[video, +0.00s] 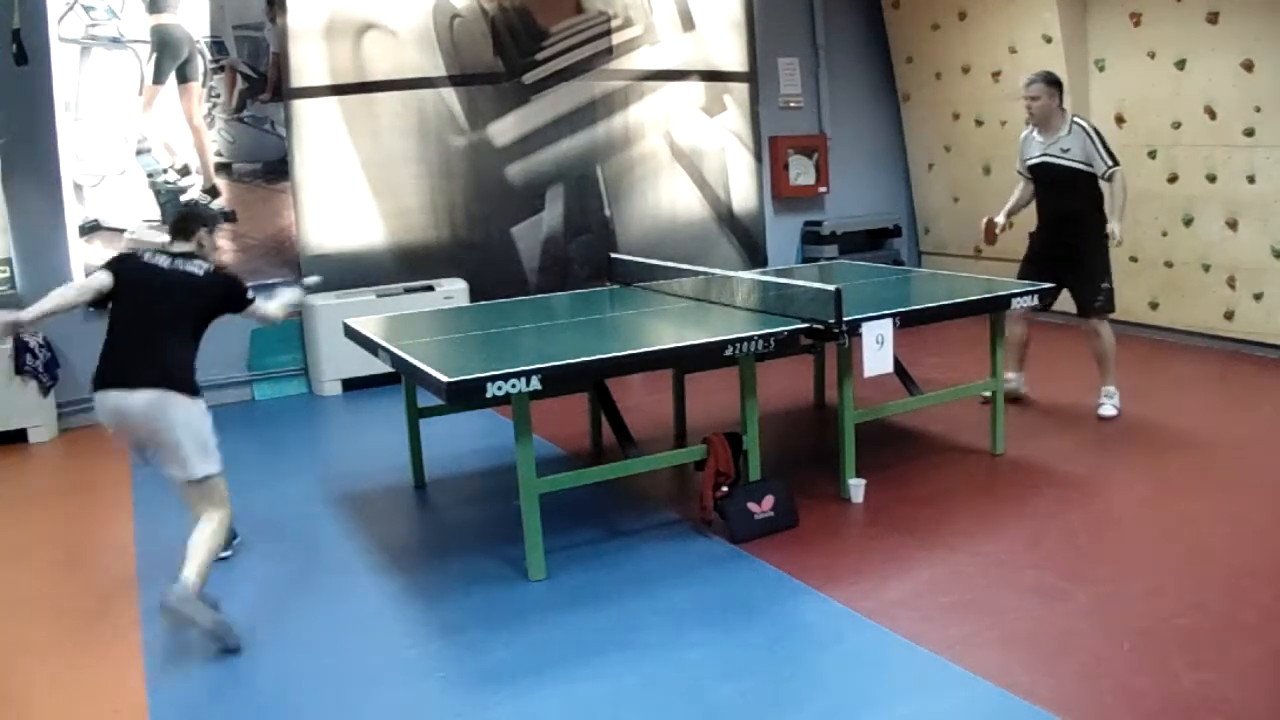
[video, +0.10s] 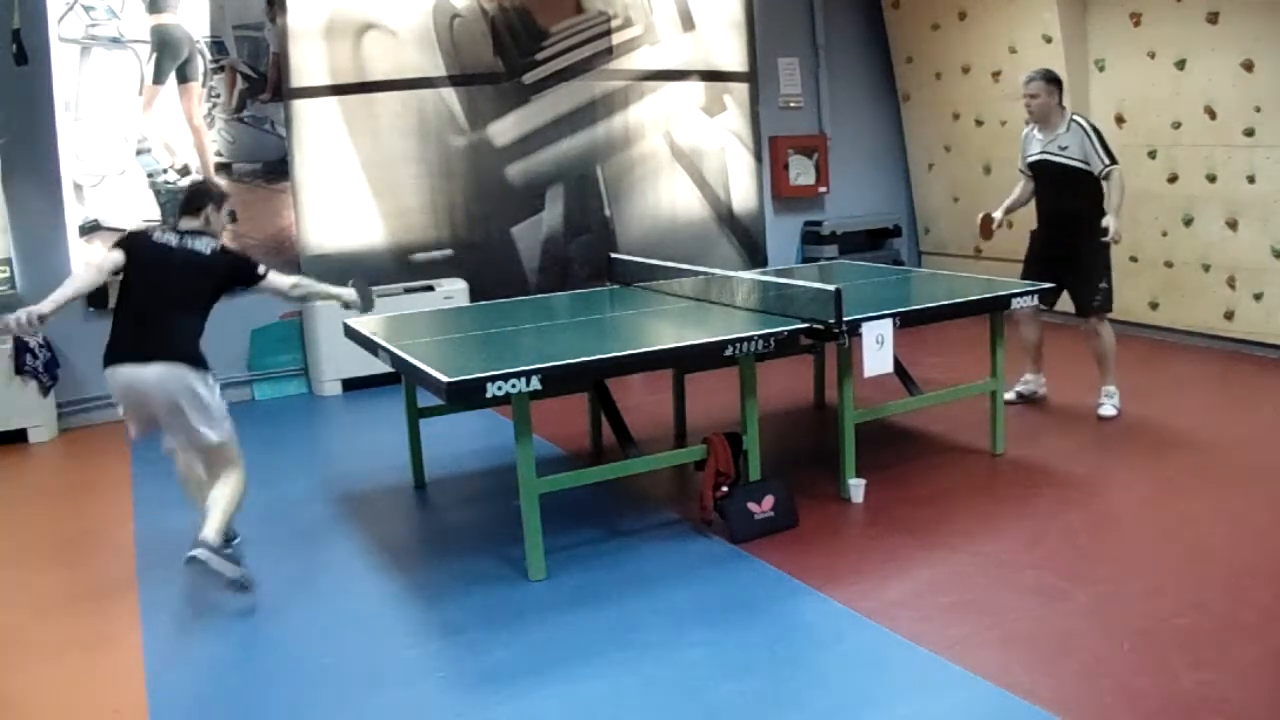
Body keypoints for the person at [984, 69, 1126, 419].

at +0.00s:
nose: (1028, 106)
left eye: (1034, 99)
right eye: (1026, 100)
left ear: (1056, 100)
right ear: (1026, 102)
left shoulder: (1084, 133)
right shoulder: (1028, 138)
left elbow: (1115, 176)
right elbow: (1028, 184)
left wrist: (1116, 220)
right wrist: (1004, 214)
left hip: (1087, 241)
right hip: (1046, 239)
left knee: (1094, 321)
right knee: (1018, 309)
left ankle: (1108, 390)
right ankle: (1013, 379)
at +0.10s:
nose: (1027, 104)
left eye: (1033, 97)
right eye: (1025, 98)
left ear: (1056, 98)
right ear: (1025, 101)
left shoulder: (1083, 131)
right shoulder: (1030, 135)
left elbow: (1113, 174)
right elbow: (1029, 181)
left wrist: (1113, 214)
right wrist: (1003, 210)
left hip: (1087, 239)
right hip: (1047, 238)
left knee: (1093, 319)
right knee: (1026, 309)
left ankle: (1108, 389)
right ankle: (1033, 380)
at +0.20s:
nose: (1025, 104)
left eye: (1031, 97)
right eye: (1023, 98)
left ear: (1053, 98)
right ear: (1023, 100)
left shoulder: (1079, 130)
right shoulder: (1027, 135)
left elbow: (1111, 176)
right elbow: (1023, 181)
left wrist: (1107, 216)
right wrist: (997, 209)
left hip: (1086, 238)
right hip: (1047, 238)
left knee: (1092, 318)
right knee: (1029, 309)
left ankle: (1111, 388)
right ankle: (1035, 380)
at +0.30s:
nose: (1024, 107)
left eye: (1031, 101)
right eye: (1022, 101)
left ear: (1052, 101)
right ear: (1021, 103)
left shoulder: (1079, 131)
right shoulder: (1022, 139)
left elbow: (1111, 178)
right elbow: (1014, 183)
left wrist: (1104, 216)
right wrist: (996, 218)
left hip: (1086, 238)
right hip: (1047, 238)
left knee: (1094, 316)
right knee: (1028, 309)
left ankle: (1119, 389)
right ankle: (1034, 380)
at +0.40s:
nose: (1026, 114)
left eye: (1033, 108)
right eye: (1023, 108)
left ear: (1053, 108)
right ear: (1021, 109)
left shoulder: (1082, 136)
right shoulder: (1020, 148)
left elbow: (1115, 174)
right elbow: (1012, 194)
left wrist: (1110, 215)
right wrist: (1009, 234)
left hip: (1088, 241)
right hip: (1049, 241)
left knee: (1097, 315)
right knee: (1026, 310)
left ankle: (1121, 400)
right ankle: (1033, 379)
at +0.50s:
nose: (1034, 125)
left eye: (1042, 118)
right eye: (1030, 118)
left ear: (1061, 118)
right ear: (1026, 120)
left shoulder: (1089, 144)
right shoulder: (1024, 160)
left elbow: (1120, 178)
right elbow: (1023, 206)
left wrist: (1122, 218)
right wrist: (1032, 244)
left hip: (1095, 246)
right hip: (1053, 248)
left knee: (1100, 316)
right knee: (1021, 313)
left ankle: (1118, 405)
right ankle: (1032, 380)